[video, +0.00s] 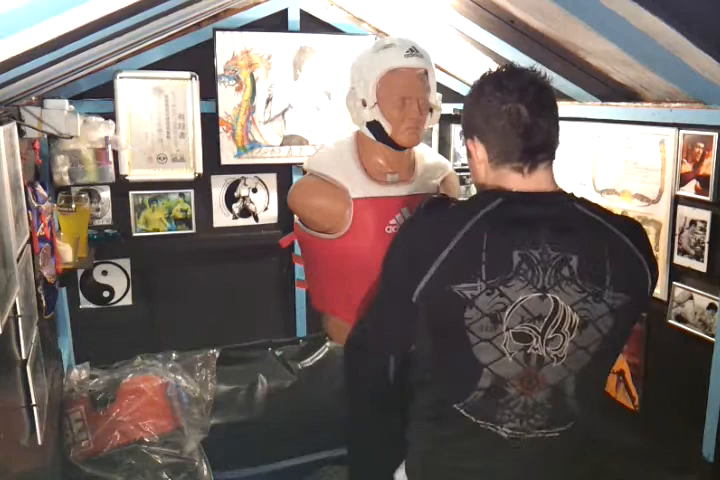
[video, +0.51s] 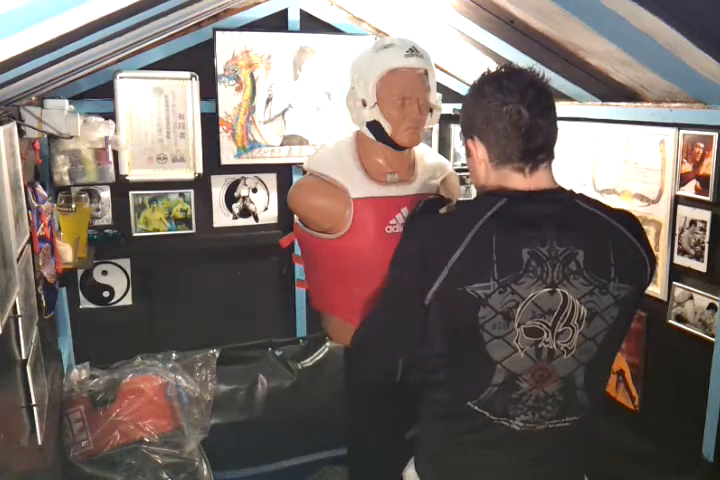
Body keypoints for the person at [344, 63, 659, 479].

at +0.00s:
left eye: (465, 143)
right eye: (400, 104)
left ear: (476, 153)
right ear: (553, 142)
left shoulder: (435, 232)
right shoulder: (626, 243)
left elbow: (369, 355)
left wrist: (376, 465)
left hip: (451, 457)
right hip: (568, 459)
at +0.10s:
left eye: (465, 146)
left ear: (476, 154)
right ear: (553, 143)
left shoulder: (438, 233)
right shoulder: (626, 243)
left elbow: (368, 356)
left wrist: (376, 465)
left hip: (453, 456)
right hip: (568, 459)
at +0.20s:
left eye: (465, 147)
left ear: (476, 154)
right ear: (553, 143)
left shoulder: (438, 234)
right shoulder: (625, 241)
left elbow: (368, 357)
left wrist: (378, 466)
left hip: (455, 458)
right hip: (571, 460)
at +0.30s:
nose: (467, 160)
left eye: (465, 148)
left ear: (477, 154)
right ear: (552, 143)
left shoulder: (440, 234)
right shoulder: (624, 239)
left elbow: (370, 358)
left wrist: (378, 466)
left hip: (455, 459)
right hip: (570, 461)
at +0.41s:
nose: (466, 160)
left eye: (465, 149)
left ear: (477, 154)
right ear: (552, 143)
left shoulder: (441, 233)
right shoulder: (625, 238)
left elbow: (371, 360)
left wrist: (379, 466)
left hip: (456, 459)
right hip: (568, 461)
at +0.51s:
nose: (466, 160)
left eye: (465, 148)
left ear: (477, 154)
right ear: (552, 143)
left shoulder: (440, 234)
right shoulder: (625, 238)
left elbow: (372, 360)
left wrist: (379, 467)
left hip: (456, 459)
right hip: (569, 461)